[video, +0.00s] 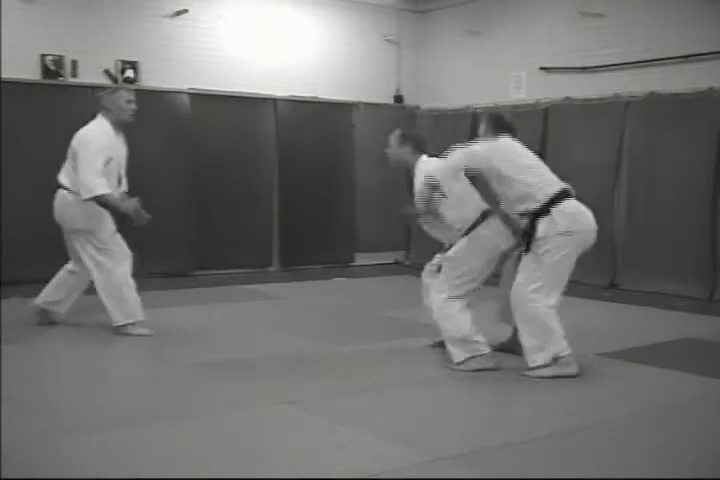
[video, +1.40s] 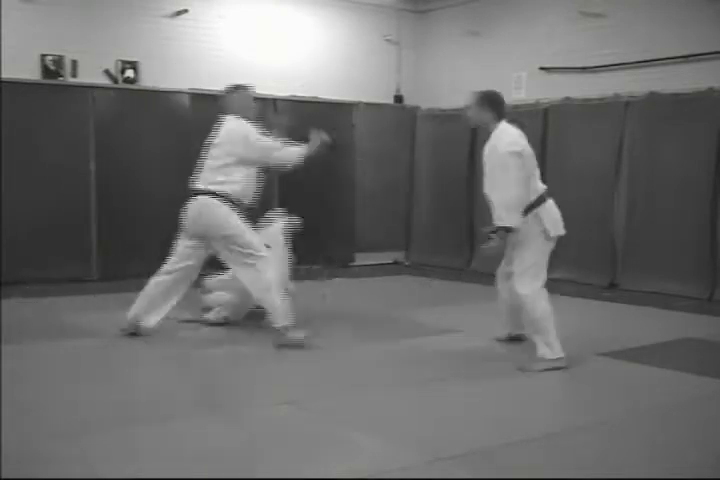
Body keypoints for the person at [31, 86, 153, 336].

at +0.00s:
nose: (134, 108)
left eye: (134, 103)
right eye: (128, 102)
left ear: (113, 106)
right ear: (108, 104)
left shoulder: (116, 137)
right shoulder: (92, 136)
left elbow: (117, 183)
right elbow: (92, 186)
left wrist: (128, 203)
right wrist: (125, 206)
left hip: (88, 202)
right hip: (79, 204)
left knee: (83, 262)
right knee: (116, 257)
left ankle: (48, 308)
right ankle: (126, 321)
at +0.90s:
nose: (159, 108)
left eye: (159, 102)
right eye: (155, 102)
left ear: (153, 105)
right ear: (138, 103)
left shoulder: (149, 139)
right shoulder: (119, 134)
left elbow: (153, 177)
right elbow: (103, 175)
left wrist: (162, 191)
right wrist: (134, 193)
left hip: (120, 208)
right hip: (105, 206)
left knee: (82, 259)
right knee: (141, 261)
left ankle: (42, 303)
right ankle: (138, 324)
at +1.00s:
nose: (185, 95)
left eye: (184, 89)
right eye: (180, 89)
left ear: (168, 91)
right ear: (165, 90)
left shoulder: (164, 122)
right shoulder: (144, 118)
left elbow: (161, 164)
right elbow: (130, 164)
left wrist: (176, 179)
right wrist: (166, 178)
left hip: (144, 198)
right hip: (130, 197)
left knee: (121, 255)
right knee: (141, 259)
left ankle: (78, 302)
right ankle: (138, 322)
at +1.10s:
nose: (194, 87)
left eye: (194, 81)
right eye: (189, 81)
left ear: (176, 83)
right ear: (171, 81)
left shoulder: (174, 112)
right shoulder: (157, 110)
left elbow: (167, 154)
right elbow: (142, 155)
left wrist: (190, 173)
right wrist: (180, 173)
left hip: (160, 191)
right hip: (147, 191)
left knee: (141, 250)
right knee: (155, 253)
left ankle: (112, 303)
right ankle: (138, 315)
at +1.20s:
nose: (209, 90)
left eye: (209, 85)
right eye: (203, 85)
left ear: (192, 88)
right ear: (185, 86)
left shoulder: (191, 117)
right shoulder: (175, 112)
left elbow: (207, 156)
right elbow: (167, 155)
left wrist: (237, 174)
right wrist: (206, 167)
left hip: (177, 193)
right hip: (171, 192)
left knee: (159, 257)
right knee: (203, 252)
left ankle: (137, 316)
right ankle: (170, 314)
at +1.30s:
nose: (221, 102)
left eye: (221, 97)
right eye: (216, 96)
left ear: (199, 99)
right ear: (199, 97)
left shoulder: (187, 124)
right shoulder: (193, 125)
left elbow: (222, 155)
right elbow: (216, 157)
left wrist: (259, 160)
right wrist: (257, 158)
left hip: (171, 201)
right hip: (186, 203)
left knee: (165, 266)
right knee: (233, 259)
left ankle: (135, 321)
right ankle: (222, 319)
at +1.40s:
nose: (255, 104)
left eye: (254, 99)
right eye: (250, 99)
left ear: (231, 103)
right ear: (236, 102)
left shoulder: (226, 128)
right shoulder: (239, 130)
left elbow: (264, 147)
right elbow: (273, 154)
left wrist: (298, 147)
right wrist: (309, 148)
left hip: (198, 206)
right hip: (216, 208)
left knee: (178, 268)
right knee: (257, 259)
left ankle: (136, 321)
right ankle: (284, 326)